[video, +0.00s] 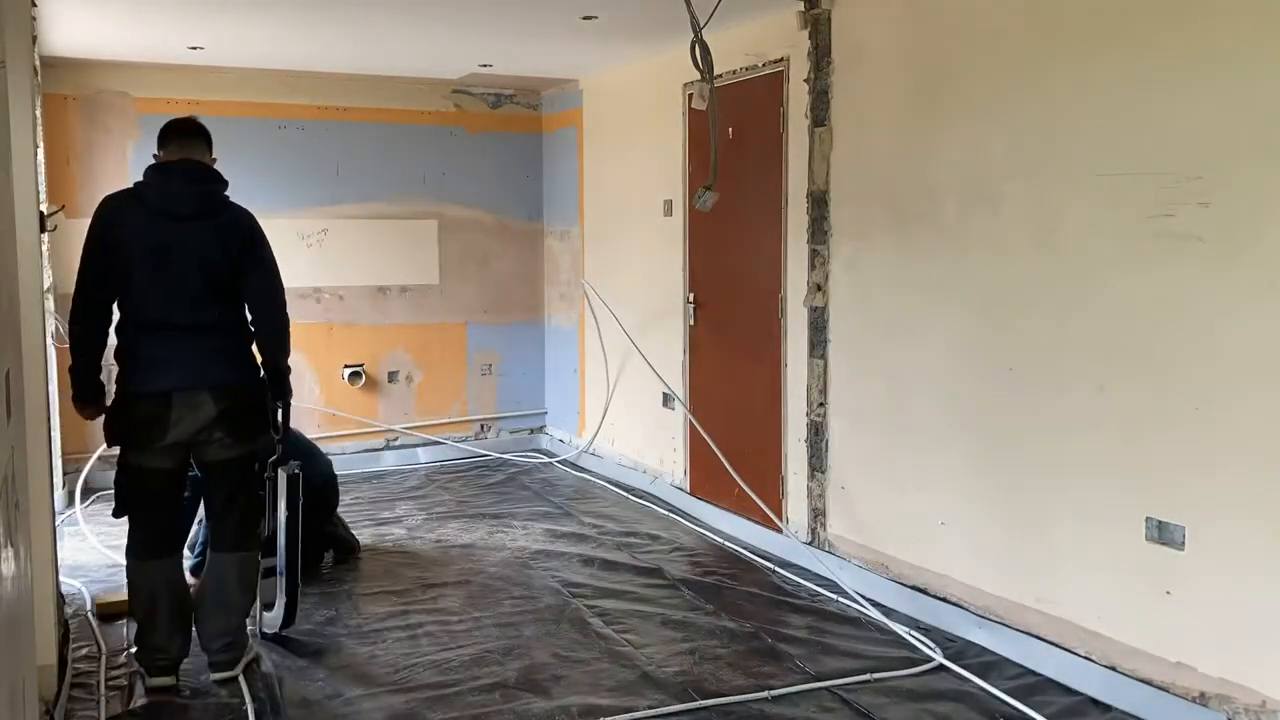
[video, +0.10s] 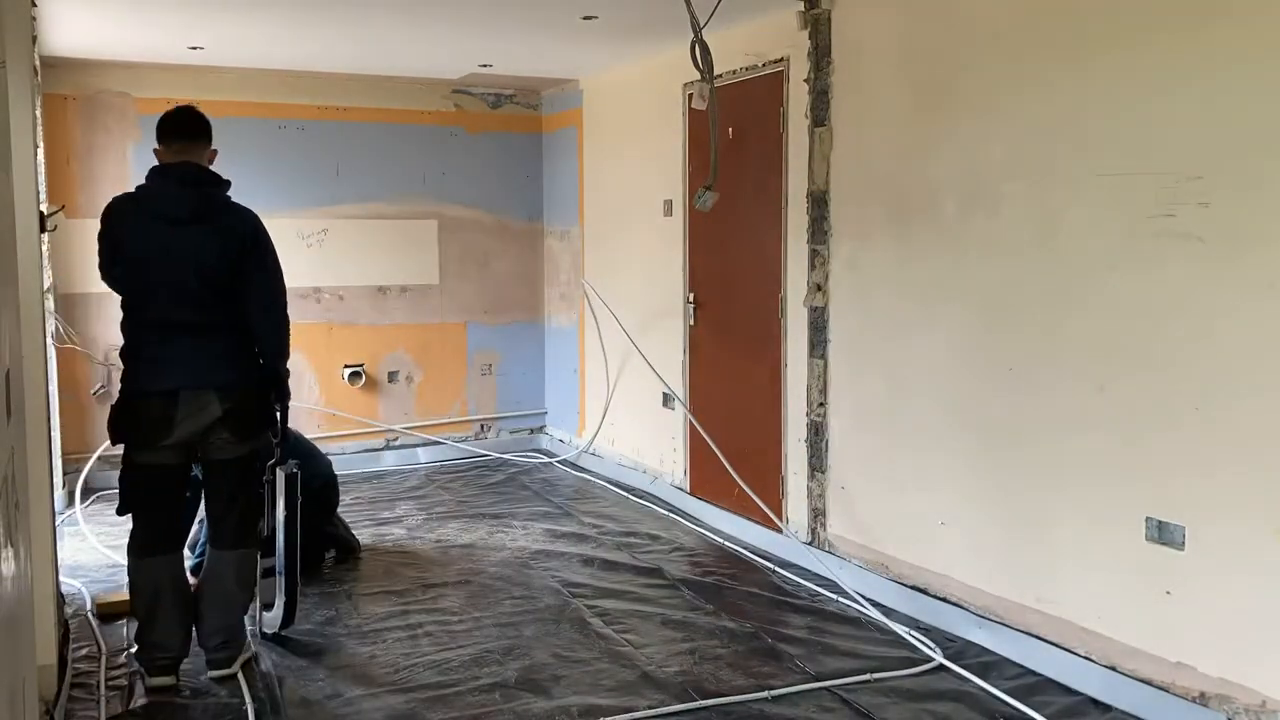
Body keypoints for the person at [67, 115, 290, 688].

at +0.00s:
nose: (202, 167)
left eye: (180, 156)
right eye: (206, 158)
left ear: (156, 158)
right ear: (211, 161)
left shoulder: (116, 213)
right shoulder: (237, 222)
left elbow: (89, 308)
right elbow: (270, 310)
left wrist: (87, 382)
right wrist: (278, 378)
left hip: (147, 395)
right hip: (226, 392)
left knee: (152, 528)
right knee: (234, 519)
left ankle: (159, 663)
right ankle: (225, 652)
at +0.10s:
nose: (202, 160)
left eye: (177, 150)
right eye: (209, 153)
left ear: (157, 153)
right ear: (212, 155)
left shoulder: (123, 215)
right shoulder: (241, 222)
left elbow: (115, 275)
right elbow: (270, 313)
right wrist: (276, 383)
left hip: (153, 396)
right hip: (232, 394)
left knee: (155, 529)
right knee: (233, 525)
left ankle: (159, 661)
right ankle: (224, 649)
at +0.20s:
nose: (177, 165)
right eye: (183, 157)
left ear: (130, 160)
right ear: (185, 157)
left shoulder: (95, 226)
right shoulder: (219, 219)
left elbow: (87, 329)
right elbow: (257, 311)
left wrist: (99, 410)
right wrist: (270, 381)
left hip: (136, 402)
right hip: (216, 396)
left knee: (144, 528)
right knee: (230, 510)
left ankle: (158, 663)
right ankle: (220, 635)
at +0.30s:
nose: (170, 172)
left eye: (158, 164)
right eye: (183, 163)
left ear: (148, 167)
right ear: (201, 168)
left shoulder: (116, 216)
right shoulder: (230, 227)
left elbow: (72, 299)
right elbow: (255, 314)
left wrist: (62, 372)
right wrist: (230, 372)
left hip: (139, 391)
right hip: (216, 391)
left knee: (148, 510)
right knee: (219, 509)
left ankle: (163, 634)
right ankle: (211, 645)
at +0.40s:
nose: (195, 173)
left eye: (181, 163)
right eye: (205, 165)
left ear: (162, 165)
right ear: (213, 169)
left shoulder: (124, 216)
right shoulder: (237, 227)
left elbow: (62, 292)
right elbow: (263, 303)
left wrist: (62, 364)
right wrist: (257, 370)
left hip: (147, 393)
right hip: (224, 392)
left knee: (152, 514)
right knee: (223, 518)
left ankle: (166, 635)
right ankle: (210, 648)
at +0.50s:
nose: (185, 173)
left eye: (171, 164)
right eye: (196, 164)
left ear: (154, 168)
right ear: (206, 169)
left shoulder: (120, 217)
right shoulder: (232, 228)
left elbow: (61, 295)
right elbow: (262, 312)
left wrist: (66, 371)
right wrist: (240, 380)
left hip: (142, 394)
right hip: (218, 394)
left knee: (150, 515)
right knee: (220, 518)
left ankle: (166, 635)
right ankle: (210, 651)